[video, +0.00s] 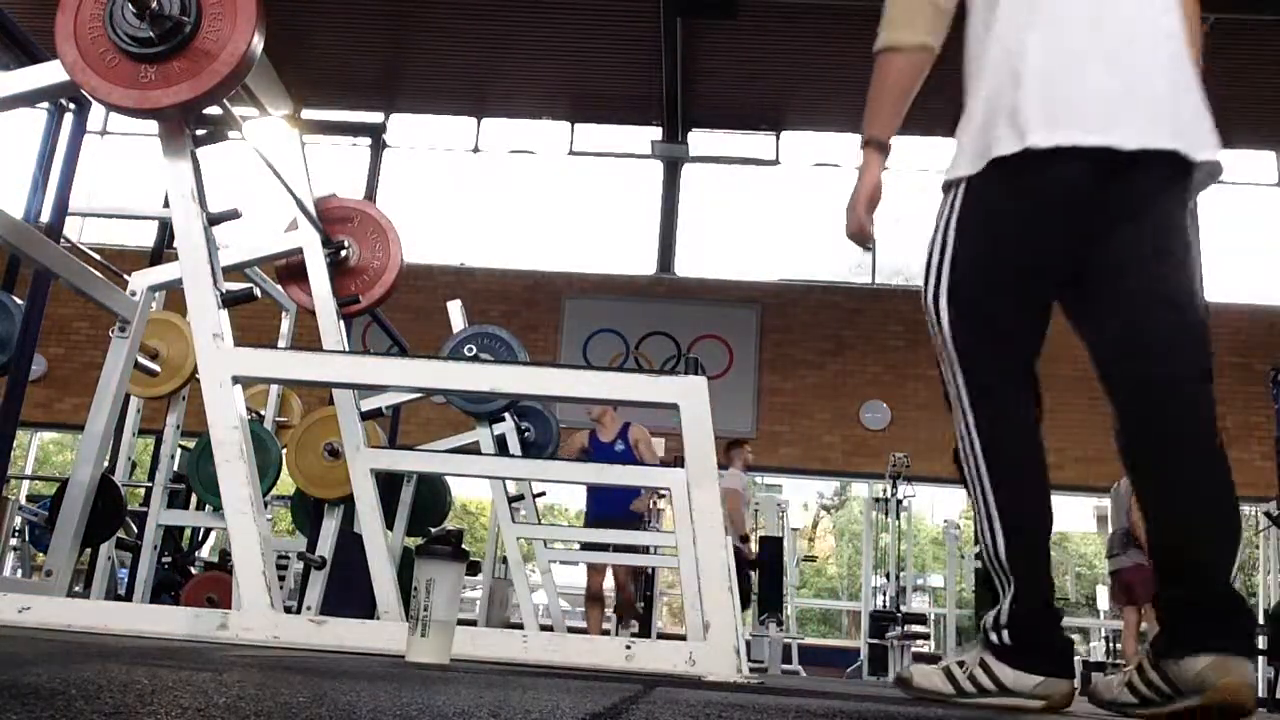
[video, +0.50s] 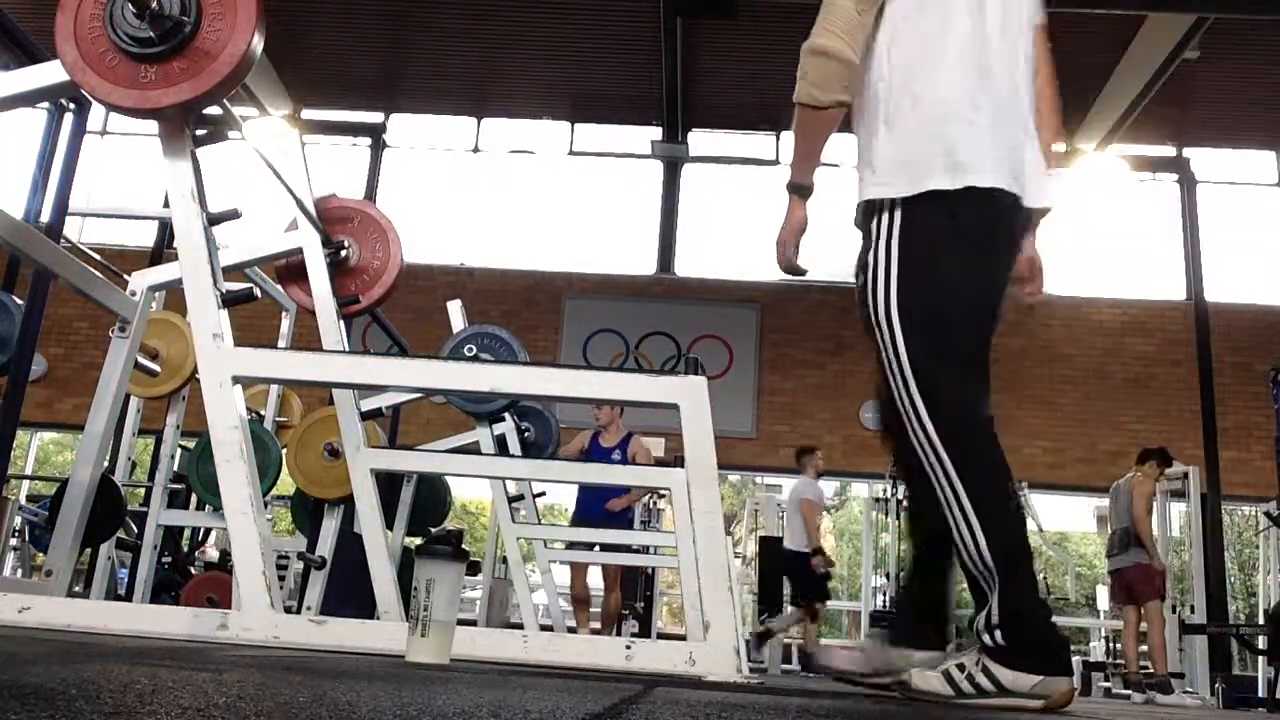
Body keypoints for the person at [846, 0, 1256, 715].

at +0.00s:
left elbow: (917, 18)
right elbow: (1186, 27)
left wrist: (874, 151)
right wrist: (1164, 140)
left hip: (1023, 123)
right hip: (1154, 126)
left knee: (989, 390)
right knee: (1171, 401)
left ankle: (1028, 651)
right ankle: (1209, 643)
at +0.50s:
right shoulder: (1019, 9)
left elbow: (831, 53)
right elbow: (1038, 90)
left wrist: (799, 191)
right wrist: (1025, 223)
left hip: (919, 183)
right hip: (995, 194)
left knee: (938, 415)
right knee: (929, 417)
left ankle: (1024, 652)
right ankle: (915, 636)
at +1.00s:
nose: (638, 7)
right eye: (634, 5)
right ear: (662, 11)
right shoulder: (712, 66)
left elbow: (803, 84)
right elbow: (725, 191)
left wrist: (745, 207)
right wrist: (690, 301)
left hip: (851, 178)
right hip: (797, 195)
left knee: (762, 368)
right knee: (729, 407)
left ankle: (877, 588)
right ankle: (725, 635)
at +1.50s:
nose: (482, 154)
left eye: (476, 130)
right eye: (468, 146)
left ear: (515, 85)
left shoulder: (636, 65)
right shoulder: (576, 204)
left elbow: (769, 155)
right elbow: (555, 328)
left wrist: (721, 252)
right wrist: (489, 464)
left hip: (821, 201)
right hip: (760, 242)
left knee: (701, 366)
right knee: (654, 407)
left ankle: (685, 620)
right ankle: (725, 629)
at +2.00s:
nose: (510, 18)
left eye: (511, 1)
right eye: (505, 13)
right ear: (526, 17)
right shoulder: (598, 78)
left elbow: (724, 84)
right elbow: (653, 204)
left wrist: (660, 195)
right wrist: (605, 236)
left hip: (786, 167)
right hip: (744, 189)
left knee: (698, 377)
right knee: (691, 393)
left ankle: (690, 622)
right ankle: (726, 631)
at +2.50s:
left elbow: (687, 18)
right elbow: (698, 63)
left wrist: (626, 81)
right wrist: (615, 91)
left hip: (708, 161)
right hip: (719, 165)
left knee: (665, 378)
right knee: (706, 403)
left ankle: (687, 623)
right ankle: (729, 634)